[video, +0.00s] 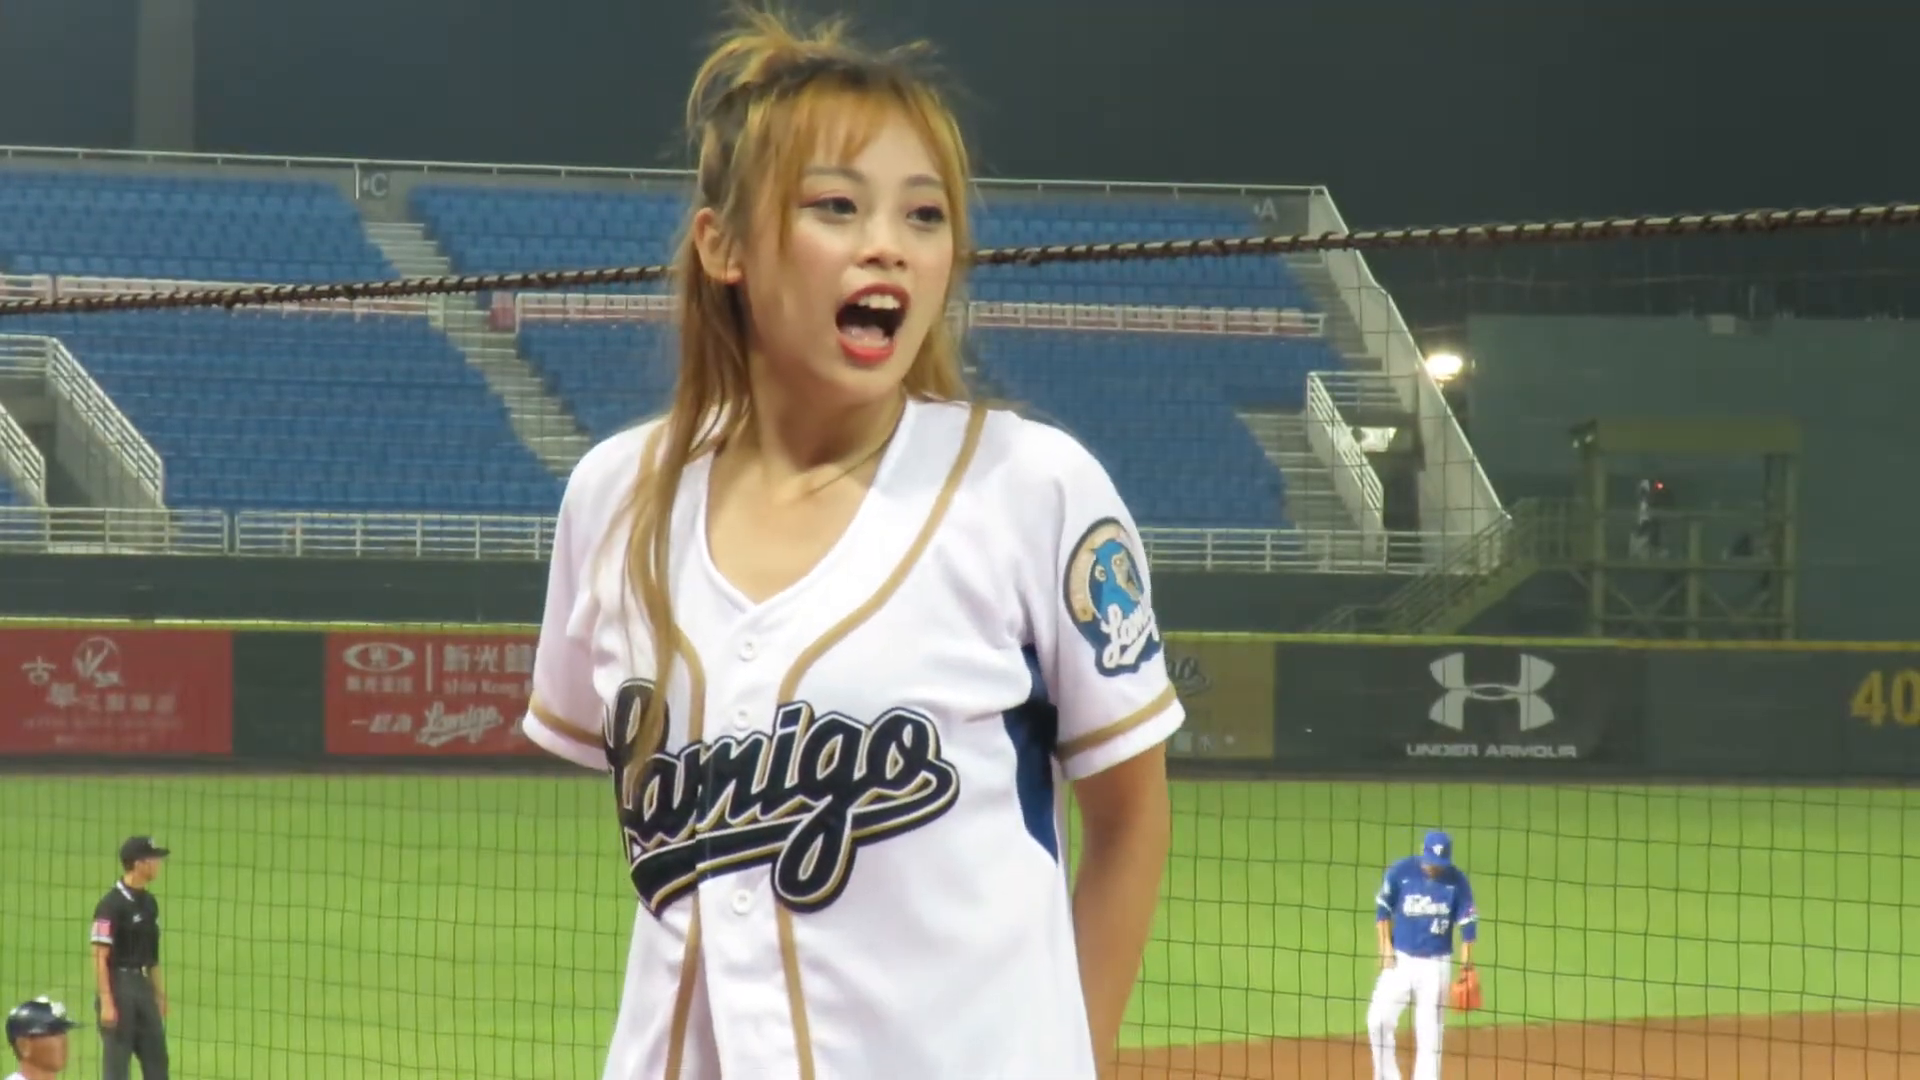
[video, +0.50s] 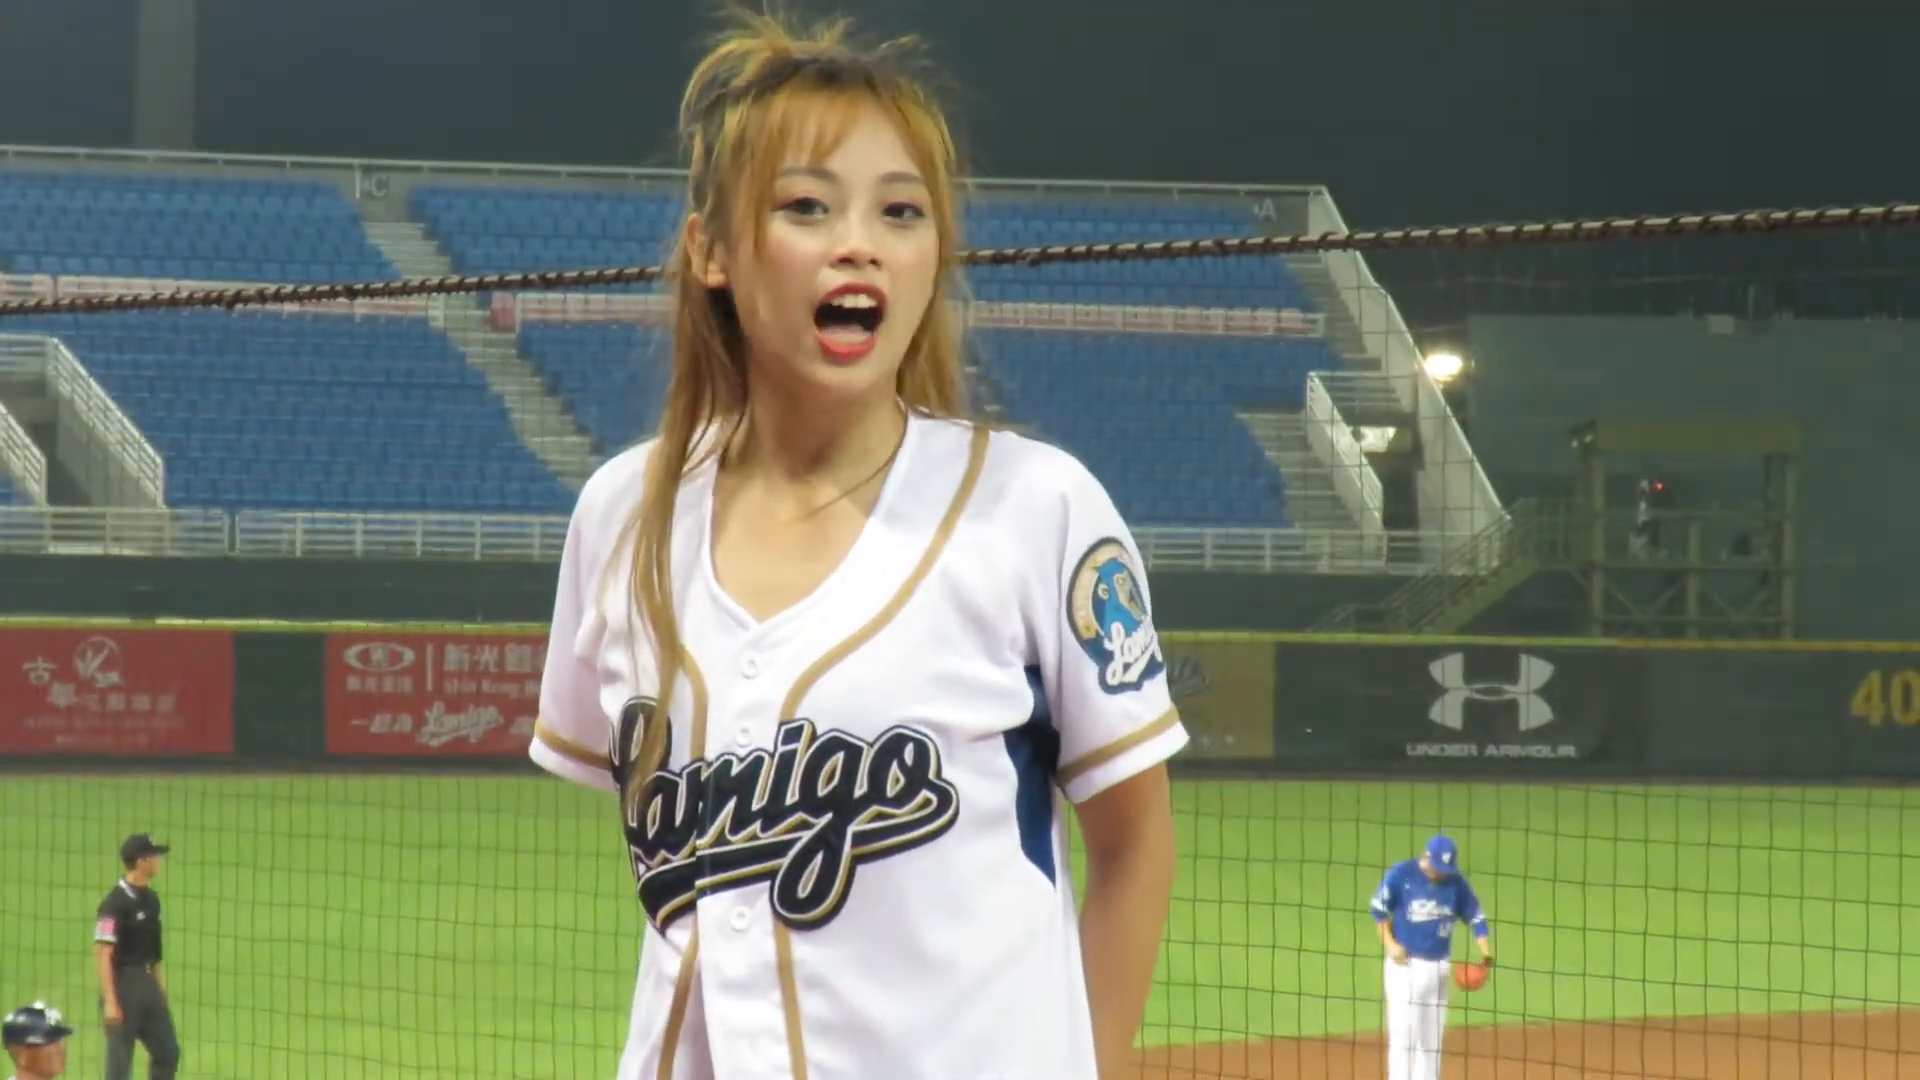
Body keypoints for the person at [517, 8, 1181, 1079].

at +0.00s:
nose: (885, 252)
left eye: (921, 215)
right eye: (833, 208)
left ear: (956, 260)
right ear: (724, 247)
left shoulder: (1039, 490)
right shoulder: (616, 496)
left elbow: (1127, 827)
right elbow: (656, 812)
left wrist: (1066, 1055)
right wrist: (763, 1029)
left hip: (984, 1054)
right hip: (689, 1053)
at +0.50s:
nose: (860, 250)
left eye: (900, 212)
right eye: (806, 207)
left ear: (938, 258)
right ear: (714, 253)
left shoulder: (1040, 507)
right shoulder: (626, 513)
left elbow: (1134, 848)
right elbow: (662, 838)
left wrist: (1090, 1064)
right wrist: (767, 1041)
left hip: (989, 1055)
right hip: (701, 1055)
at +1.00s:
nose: (680, 253)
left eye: (701, 218)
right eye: (692, 217)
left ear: (797, 259)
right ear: (796, 261)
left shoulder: (979, 529)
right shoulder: (726, 502)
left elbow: (1122, 884)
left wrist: (1086, 1075)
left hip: (908, 1059)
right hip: (679, 1057)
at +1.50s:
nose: (670, 256)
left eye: (685, 221)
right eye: (679, 220)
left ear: (759, 257)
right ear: (761, 256)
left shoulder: (922, 518)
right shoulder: (767, 503)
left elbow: (1089, 881)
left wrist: (1084, 1070)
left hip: (880, 1056)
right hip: (720, 1050)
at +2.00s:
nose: (674, 257)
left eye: (687, 222)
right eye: (682, 220)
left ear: (759, 262)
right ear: (763, 260)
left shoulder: (929, 522)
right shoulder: (770, 503)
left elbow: (1093, 886)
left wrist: (1085, 1070)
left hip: (882, 1056)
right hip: (716, 1051)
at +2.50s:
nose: (682, 258)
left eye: (695, 224)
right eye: (689, 222)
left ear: (770, 259)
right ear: (773, 258)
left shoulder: (938, 527)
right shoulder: (780, 506)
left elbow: (1098, 897)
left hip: (883, 1055)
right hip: (718, 1051)